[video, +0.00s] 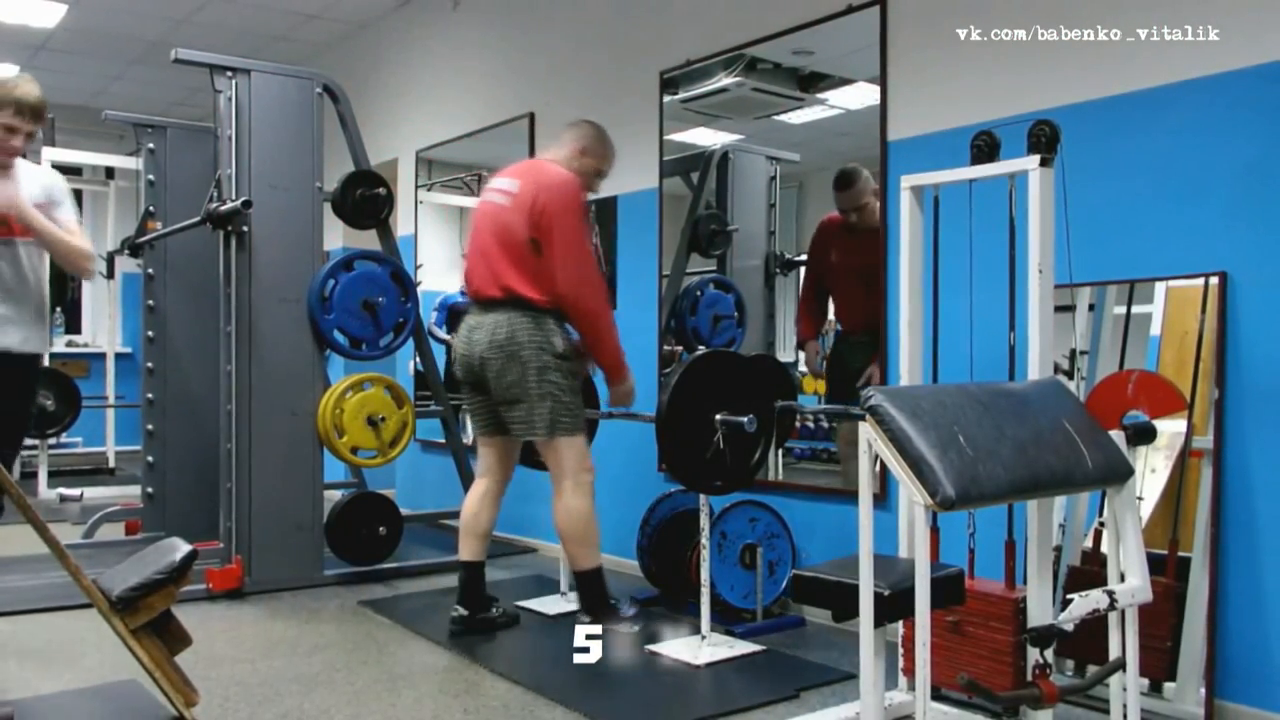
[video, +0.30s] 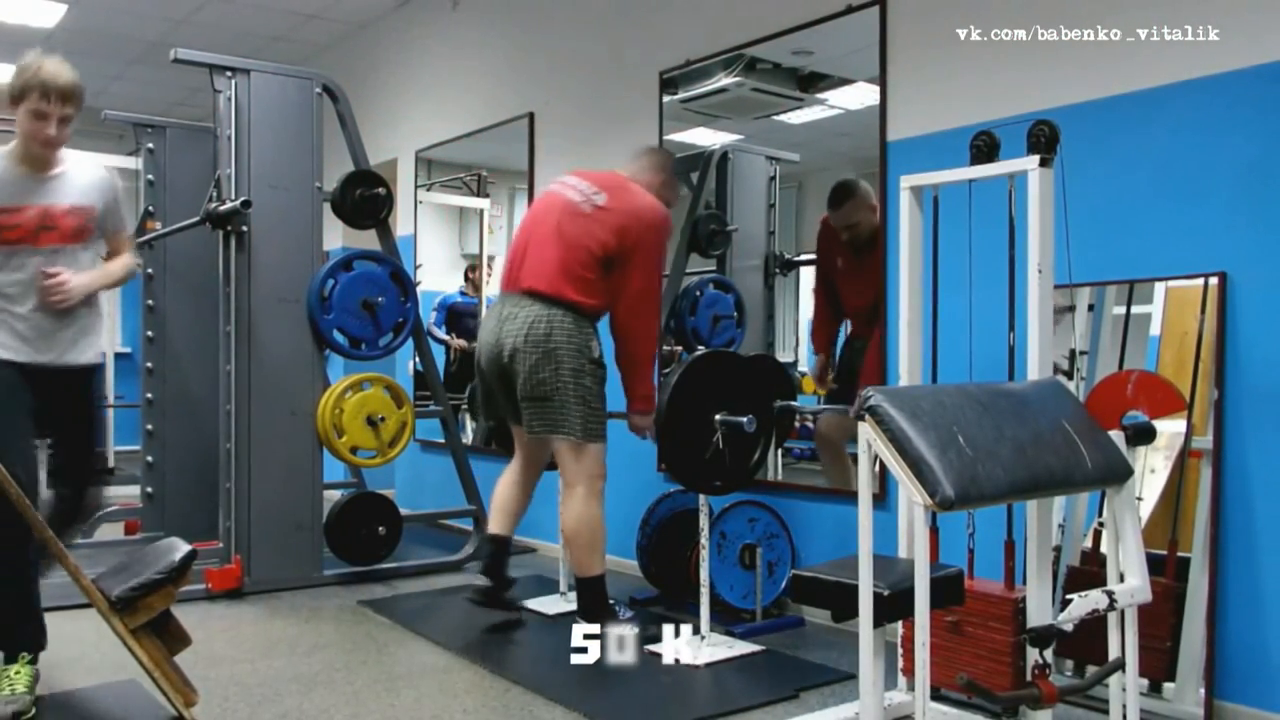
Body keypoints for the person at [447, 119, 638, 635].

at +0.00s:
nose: (591, 188)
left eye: (596, 182)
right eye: (594, 178)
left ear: (563, 145)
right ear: (583, 156)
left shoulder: (506, 177)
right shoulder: (559, 185)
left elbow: (499, 272)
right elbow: (579, 284)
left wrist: (561, 341)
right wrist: (616, 368)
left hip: (475, 328)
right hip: (526, 331)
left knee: (491, 472)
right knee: (572, 473)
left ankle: (471, 604)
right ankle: (598, 609)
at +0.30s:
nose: (667, 205)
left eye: (669, 198)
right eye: (671, 197)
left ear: (633, 167)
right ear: (661, 182)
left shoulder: (572, 183)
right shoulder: (648, 212)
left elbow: (522, 263)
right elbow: (637, 315)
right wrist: (642, 404)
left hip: (502, 322)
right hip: (557, 331)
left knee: (527, 456)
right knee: (583, 477)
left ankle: (489, 572)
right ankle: (596, 615)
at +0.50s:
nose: (683, 221)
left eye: (687, 216)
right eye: (687, 215)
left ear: (653, 182)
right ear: (678, 199)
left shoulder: (592, 192)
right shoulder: (662, 221)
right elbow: (635, 323)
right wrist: (639, 406)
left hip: (504, 320)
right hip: (558, 332)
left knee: (526, 465)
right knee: (581, 479)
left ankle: (524, 593)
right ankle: (596, 616)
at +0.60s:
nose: (684, 228)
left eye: (689, 224)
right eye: (689, 222)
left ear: (654, 188)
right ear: (680, 205)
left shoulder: (595, 199)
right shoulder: (661, 223)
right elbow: (633, 322)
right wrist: (638, 406)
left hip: (505, 319)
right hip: (557, 330)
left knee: (525, 474)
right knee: (581, 479)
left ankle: (532, 600)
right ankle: (595, 614)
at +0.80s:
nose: (678, 237)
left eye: (683, 233)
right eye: (682, 231)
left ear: (651, 196)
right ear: (675, 212)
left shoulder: (589, 207)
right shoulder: (656, 225)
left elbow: (554, 304)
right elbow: (627, 319)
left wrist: (578, 398)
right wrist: (636, 405)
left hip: (500, 324)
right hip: (551, 330)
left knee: (525, 474)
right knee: (578, 477)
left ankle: (532, 600)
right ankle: (594, 613)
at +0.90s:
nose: (673, 241)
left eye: (678, 237)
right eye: (677, 235)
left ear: (647, 200)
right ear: (670, 214)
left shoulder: (584, 211)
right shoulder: (652, 226)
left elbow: (553, 306)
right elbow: (623, 318)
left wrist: (585, 401)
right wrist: (636, 406)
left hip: (498, 324)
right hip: (548, 328)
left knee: (526, 473)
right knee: (582, 476)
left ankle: (532, 600)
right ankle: (595, 612)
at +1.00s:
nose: (671, 243)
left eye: (676, 239)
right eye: (675, 236)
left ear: (644, 201)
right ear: (666, 215)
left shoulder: (585, 213)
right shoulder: (649, 225)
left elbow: (553, 308)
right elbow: (623, 318)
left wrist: (585, 396)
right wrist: (636, 408)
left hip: (497, 322)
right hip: (547, 327)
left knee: (526, 473)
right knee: (584, 473)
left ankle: (532, 601)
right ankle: (590, 613)